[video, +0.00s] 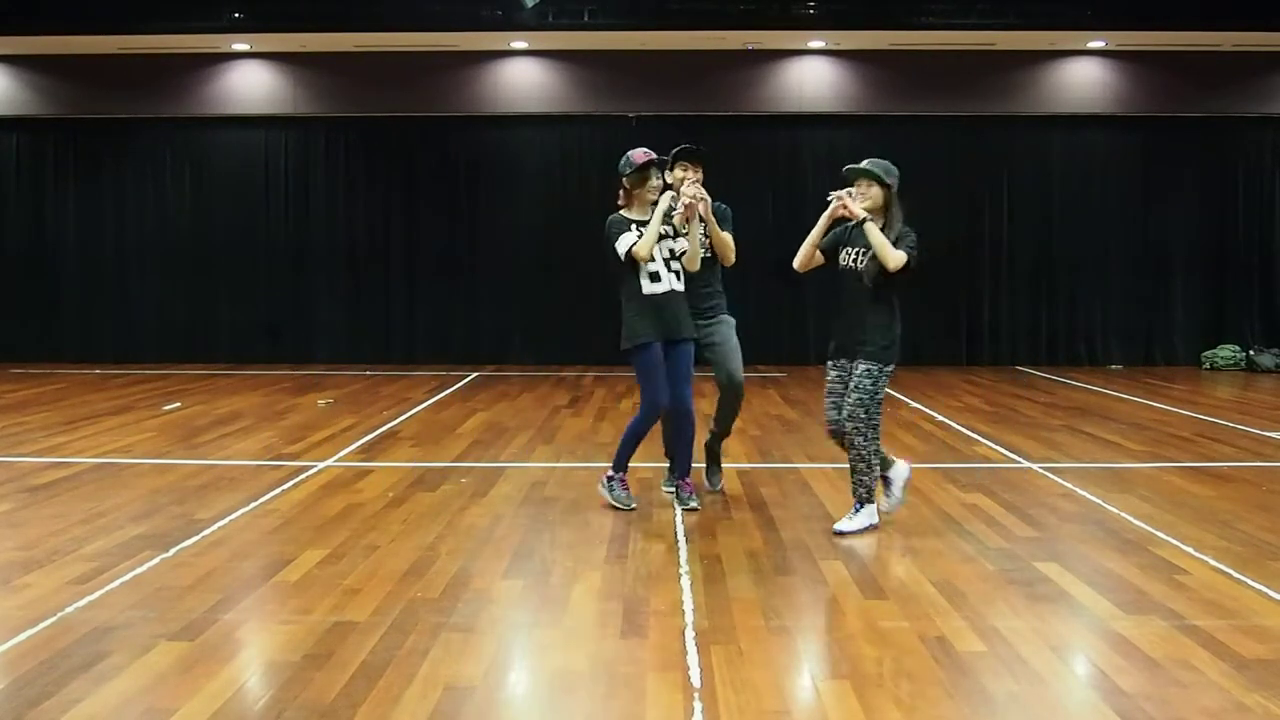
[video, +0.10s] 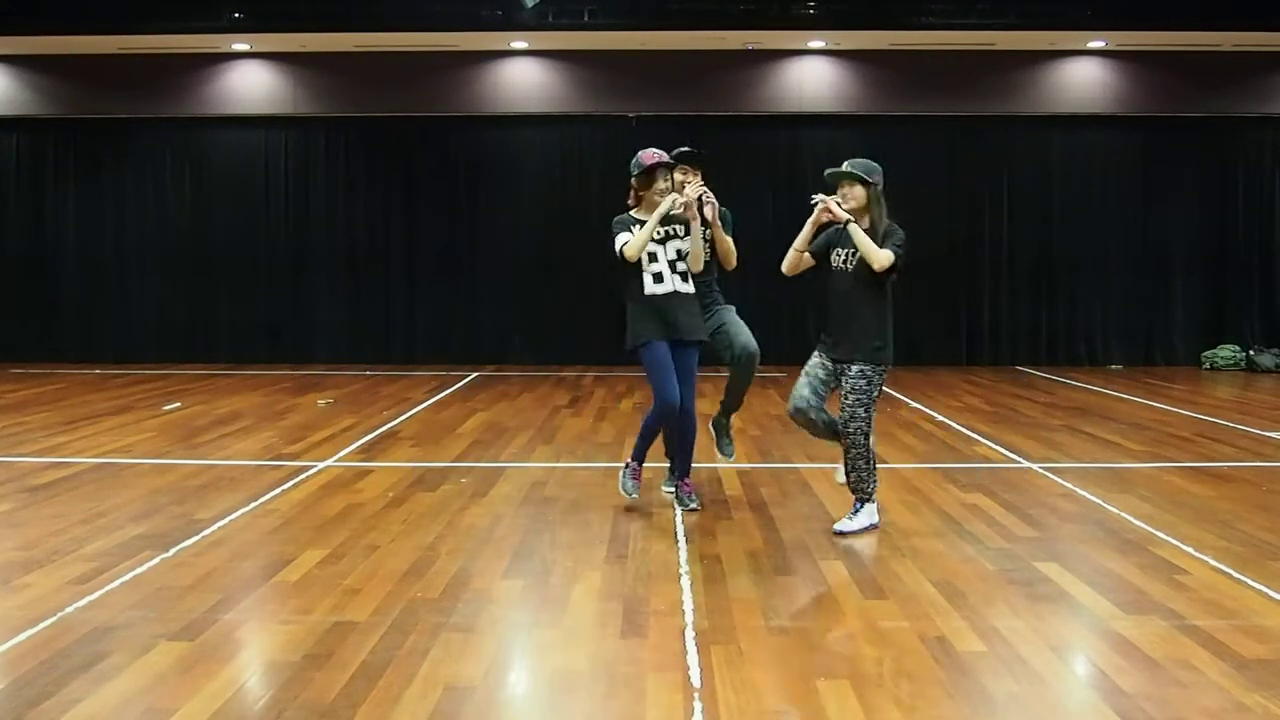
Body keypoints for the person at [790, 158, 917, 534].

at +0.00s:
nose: (858, 192)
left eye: (867, 186)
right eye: (856, 186)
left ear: (887, 191)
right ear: (851, 192)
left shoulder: (901, 234)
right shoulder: (846, 232)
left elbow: (894, 262)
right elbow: (801, 264)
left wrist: (863, 220)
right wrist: (826, 219)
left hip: (877, 345)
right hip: (843, 342)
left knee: (860, 425)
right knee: (837, 426)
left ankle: (865, 506)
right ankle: (892, 469)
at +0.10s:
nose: (844, 191)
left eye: (852, 185)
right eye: (841, 185)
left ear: (872, 190)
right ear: (838, 193)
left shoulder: (890, 233)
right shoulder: (835, 234)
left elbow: (880, 262)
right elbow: (790, 267)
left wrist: (846, 221)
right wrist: (812, 224)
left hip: (868, 353)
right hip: (830, 346)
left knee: (853, 431)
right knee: (801, 408)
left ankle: (866, 505)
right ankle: (855, 440)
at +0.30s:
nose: (818, 161)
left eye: (828, 158)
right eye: (818, 157)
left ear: (847, 172)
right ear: (817, 173)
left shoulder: (860, 214)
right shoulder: (805, 215)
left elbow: (843, 235)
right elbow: (752, 249)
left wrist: (814, 193)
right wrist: (780, 206)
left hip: (853, 332)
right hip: (814, 326)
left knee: (854, 419)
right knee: (786, 387)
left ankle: (863, 499)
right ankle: (801, 471)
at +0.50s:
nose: (791, 187)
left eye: (801, 181)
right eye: (788, 181)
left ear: (821, 187)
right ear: (785, 189)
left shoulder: (841, 234)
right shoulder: (780, 232)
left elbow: (822, 268)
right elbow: (735, 269)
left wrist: (787, 222)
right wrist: (757, 222)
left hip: (819, 350)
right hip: (780, 348)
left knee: (803, 435)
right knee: (779, 434)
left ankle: (841, 478)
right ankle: (799, 514)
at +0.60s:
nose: (784, 183)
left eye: (794, 177)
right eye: (781, 176)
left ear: (812, 185)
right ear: (775, 184)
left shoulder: (829, 232)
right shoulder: (765, 230)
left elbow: (831, 267)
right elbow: (725, 268)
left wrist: (793, 226)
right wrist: (749, 223)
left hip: (808, 343)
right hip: (768, 342)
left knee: (765, 408)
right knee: (770, 430)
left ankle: (813, 455)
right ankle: (798, 515)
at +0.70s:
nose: (779, 172)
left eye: (789, 167)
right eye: (775, 166)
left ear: (806, 176)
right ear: (767, 173)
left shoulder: (815, 219)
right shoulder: (753, 217)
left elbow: (837, 251)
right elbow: (711, 252)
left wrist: (797, 208)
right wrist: (743, 207)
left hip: (797, 332)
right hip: (759, 332)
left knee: (747, 393)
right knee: (772, 420)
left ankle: (783, 469)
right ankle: (798, 511)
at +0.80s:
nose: (770, 169)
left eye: (780, 163)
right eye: (765, 162)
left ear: (797, 174)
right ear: (756, 171)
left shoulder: (802, 216)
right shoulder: (742, 212)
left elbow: (836, 240)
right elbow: (698, 238)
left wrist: (795, 198)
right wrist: (734, 195)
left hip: (784, 332)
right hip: (747, 332)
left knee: (744, 407)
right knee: (767, 428)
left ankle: (749, 498)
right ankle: (796, 506)